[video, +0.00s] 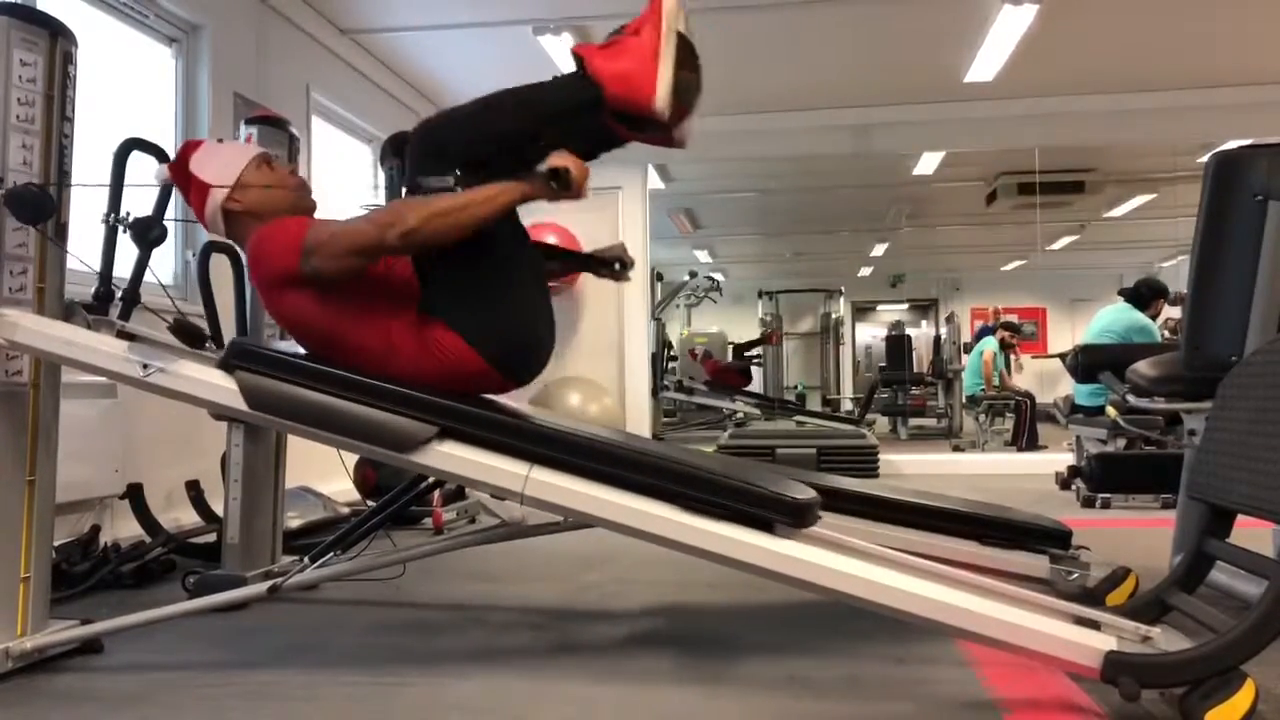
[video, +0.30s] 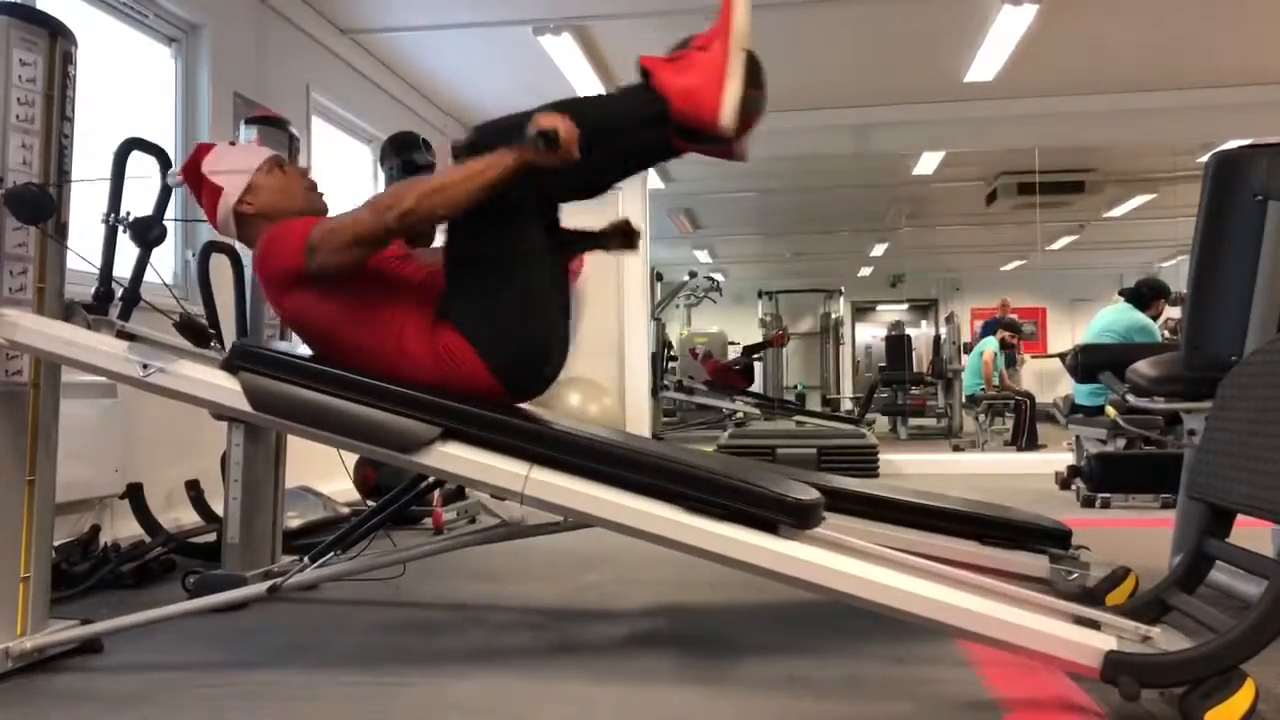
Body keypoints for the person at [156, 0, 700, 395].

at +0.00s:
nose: (295, 172)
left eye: (281, 162)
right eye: (271, 166)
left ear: (238, 204)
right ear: (236, 200)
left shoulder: (284, 258)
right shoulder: (273, 245)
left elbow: (413, 265)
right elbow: (397, 230)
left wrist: (538, 269)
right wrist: (531, 184)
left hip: (490, 341)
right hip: (484, 337)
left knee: (424, 157)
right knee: (421, 150)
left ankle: (629, 119)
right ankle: (612, 81)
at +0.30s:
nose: (302, 170)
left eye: (289, 162)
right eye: (280, 166)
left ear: (257, 201)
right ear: (248, 203)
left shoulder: (314, 257)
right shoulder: (281, 252)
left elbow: (446, 269)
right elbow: (399, 212)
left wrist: (584, 244)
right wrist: (516, 159)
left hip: (507, 346)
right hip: (493, 351)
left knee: (493, 153)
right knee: (484, 147)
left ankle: (681, 115)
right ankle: (674, 99)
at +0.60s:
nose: (359, 200)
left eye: (348, 193)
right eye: (340, 202)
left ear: (344, 220)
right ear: (319, 235)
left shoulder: (404, 281)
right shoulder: (356, 279)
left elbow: (512, 227)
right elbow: (425, 172)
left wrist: (541, 127)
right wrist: (463, 53)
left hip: (579, 357)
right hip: (577, 377)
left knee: (669, 206)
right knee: (667, 205)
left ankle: (865, 174)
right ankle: (868, 170)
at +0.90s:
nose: (429, 242)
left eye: (417, 239)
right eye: (416, 240)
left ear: (421, 273)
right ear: (411, 268)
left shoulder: (488, 315)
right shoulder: (465, 310)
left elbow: (538, 244)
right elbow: (464, 198)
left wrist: (452, 163)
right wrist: (401, 129)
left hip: (706, 400)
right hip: (710, 415)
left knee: (822, 249)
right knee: (821, 248)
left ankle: (1028, 204)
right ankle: (1035, 206)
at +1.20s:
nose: (539, 273)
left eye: (528, 268)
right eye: (522, 268)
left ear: (481, 314)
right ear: (502, 297)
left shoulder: (543, 348)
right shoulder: (525, 341)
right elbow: (440, 246)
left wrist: (365, 228)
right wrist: (347, 217)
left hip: (780, 422)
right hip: (795, 439)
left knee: (905, 269)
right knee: (908, 274)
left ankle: (1110, 207)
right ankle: (1122, 214)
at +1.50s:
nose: (479, 252)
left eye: (441, 248)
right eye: (452, 249)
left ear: (424, 293)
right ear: (440, 274)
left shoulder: (500, 326)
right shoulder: (491, 324)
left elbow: (559, 248)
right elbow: (470, 214)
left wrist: (452, 240)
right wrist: (395, 176)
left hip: (731, 411)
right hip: (739, 428)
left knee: (851, 255)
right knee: (850, 258)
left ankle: (1055, 207)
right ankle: (1064, 211)